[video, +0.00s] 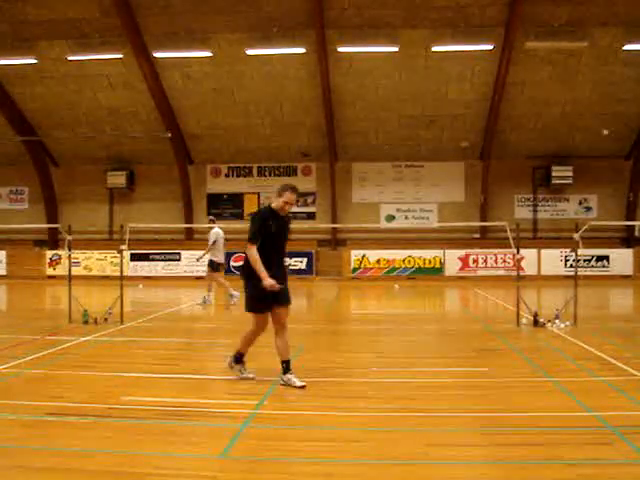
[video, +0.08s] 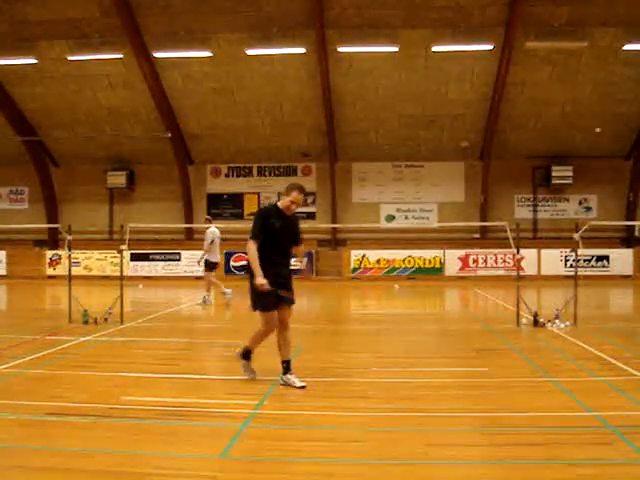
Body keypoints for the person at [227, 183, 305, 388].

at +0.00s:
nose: (288, 207)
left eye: (291, 204)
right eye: (286, 202)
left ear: (293, 204)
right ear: (276, 198)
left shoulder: (284, 220)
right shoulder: (261, 217)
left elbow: (278, 250)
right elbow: (251, 249)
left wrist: (280, 276)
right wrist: (265, 277)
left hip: (278, 275)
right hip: (257, 276)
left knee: (281, 324)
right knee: (260, 324)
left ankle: (286, 371)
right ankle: (237, 359)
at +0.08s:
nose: (293, 207)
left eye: (297, 204)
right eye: (292, 202)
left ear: (300, 204)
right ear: (284, 196)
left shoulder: (292, 220)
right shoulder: (265, 214)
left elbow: (296, 248)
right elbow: (252, 245)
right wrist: (258, 275)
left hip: (283, 274)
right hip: (264, 275)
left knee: (284, 322)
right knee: (269, 325)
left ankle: (286, 371)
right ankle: (245, 353)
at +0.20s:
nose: (300, 203)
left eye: (303, 199)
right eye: (297, 198)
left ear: (306, 199)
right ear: (289, 193)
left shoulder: (305, 218)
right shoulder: (270, 212)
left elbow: (323, 243)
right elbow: (253, 240)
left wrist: (345, 265)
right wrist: (247, 271)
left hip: (291, 274)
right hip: (269, 272)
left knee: (288, 321)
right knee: (281, 319)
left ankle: (287, 371)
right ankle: (265, 357)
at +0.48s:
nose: (302, 200)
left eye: (305, 195)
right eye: (297, 196)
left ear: (310, 194)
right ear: (290, 195)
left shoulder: (319, 214)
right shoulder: (280, 216)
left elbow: (335, 237)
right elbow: (262, 247)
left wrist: (343, 237)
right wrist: (248, 276)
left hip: (310, 277)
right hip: (287, 277)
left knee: (299, 327)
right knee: (295, 327)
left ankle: (289, 370)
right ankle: (304, 379)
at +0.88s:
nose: (304, 194)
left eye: (306, 188)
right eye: (299, 190)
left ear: (314, 184)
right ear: (293, 191)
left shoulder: (331, 207)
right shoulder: (289, 211)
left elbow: (340, 243)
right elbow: (282, 249)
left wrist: (344, 273)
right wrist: (280, 283)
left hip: (329, 277)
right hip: (302, 279)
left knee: (338, 328)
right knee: (307, 333)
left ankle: (325, 367)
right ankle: (310, 385)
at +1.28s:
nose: (338, 187)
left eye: (342, 183)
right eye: (334, 183)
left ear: (349, 185)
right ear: (327, 185)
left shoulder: (361, 211)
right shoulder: (315, 210)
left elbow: (372, 245)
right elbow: (298, 245)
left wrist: (386, 276)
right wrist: (293, 276)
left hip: (351, 284)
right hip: (322, 285)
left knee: (351, 342)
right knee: (323, 339)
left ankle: (353, 402)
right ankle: (313, 383)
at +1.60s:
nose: (348, 183)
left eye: (352, 178)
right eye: (344, 179)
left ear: (363, 179)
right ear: (340, 180)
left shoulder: (376, 207)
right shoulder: (330, 206)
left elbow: (384, 241)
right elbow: (315, 244)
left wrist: (379, 267)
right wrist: (311, 274)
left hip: (364, 283)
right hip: (336, 282)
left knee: (358, 342)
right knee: (342, 338)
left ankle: (352, 402)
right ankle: (338, 404)